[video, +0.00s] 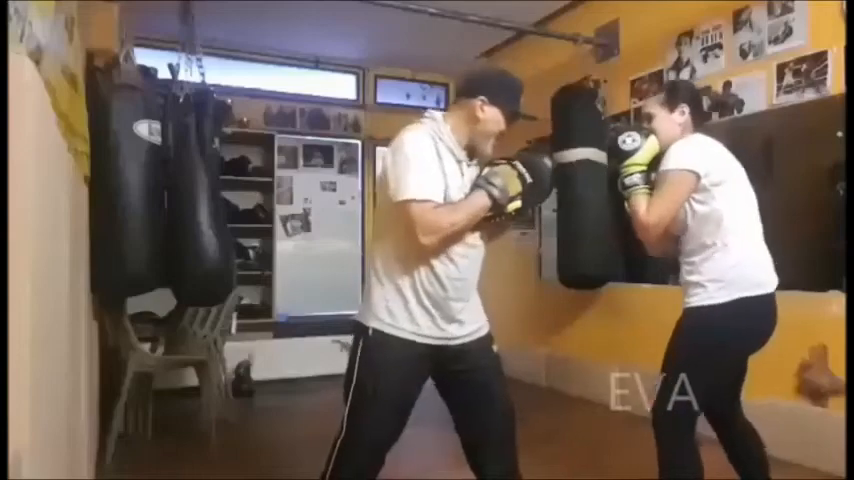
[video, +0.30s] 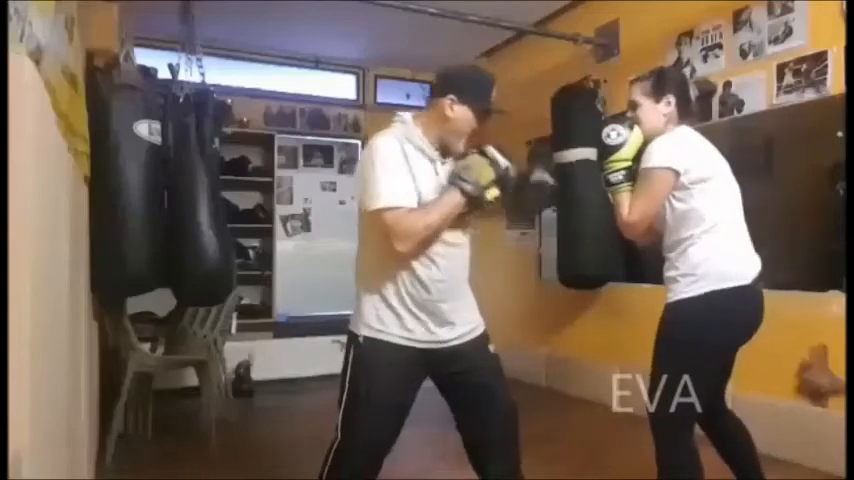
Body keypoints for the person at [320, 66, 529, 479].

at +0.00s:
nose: (506, 129)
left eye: (510, 119)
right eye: (506, 117)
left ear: (480, 110)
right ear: (481, 108)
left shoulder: (472, 157)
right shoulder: (414, 141)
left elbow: (472, 235)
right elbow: (428, 231)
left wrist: (514, 206)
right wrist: (491, 191)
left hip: (463, 328)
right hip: (398, 328)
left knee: (496, 447)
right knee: (360, 454)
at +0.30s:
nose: (482, 129)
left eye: (485, 118)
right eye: (479, 115)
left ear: (451, 108)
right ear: (449, 106)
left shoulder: (457, 156)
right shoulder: (385, 147)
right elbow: (403, 238)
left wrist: (509, 194)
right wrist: (463, 192)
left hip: (459, 330)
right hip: (389, 332)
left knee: (498, 442)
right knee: (357, 457)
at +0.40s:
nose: (474, 128)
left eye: (477, 117)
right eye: (470, 114)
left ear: (443, 108)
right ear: (440, 107)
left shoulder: (453, 150)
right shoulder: (378, 150)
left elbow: (508, 145)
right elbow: (397, 240)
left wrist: (505, 187)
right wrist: (453, 186)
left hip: (455, 324)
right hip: (386, 332)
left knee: (499, 427)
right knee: (356, 455)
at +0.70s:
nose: (484, 123)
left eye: (487, 112)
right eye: (479, 110)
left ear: (451, 104)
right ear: (449, 103)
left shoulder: (468, 139)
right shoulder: (388, 147)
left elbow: (533, 127)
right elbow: (405, 236)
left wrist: (520, 171)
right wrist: (463, 182)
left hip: (468, 321)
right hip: (398, 328)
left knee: (503, 429)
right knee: (359, 450)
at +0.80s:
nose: (494, 121)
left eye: (496, 111)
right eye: (489, 109)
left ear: (462, 104)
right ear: (459, 104)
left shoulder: (475, 139)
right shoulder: (395, 146)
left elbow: (541, 127)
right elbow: (408, 234)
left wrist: (525, 173)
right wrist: (468, 182)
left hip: (470, 320)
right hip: (399, 326)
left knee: (503, 428)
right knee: (362, 446)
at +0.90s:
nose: (501, 130)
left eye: (503, 119)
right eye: (496, 118)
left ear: (469, 112)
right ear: (466, 112)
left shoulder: (485, 145)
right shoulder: (400, 149)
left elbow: (545, 141)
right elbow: (407, 241)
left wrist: (530, 190)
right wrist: (470, 192)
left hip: (470, 322)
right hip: (398, 327)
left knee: (504, 427)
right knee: (364, 443)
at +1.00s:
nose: (494, 137)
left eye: (495, 127)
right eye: (489, 126)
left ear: (463, 118)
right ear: (460, 118)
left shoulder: (476, 149)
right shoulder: (393, 154)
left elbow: (534, 158)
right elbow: (401, 246)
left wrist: (522, 201)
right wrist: (466, 200)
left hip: (465, 323)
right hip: (396, 330)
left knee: (505, 425)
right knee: (364, 447)